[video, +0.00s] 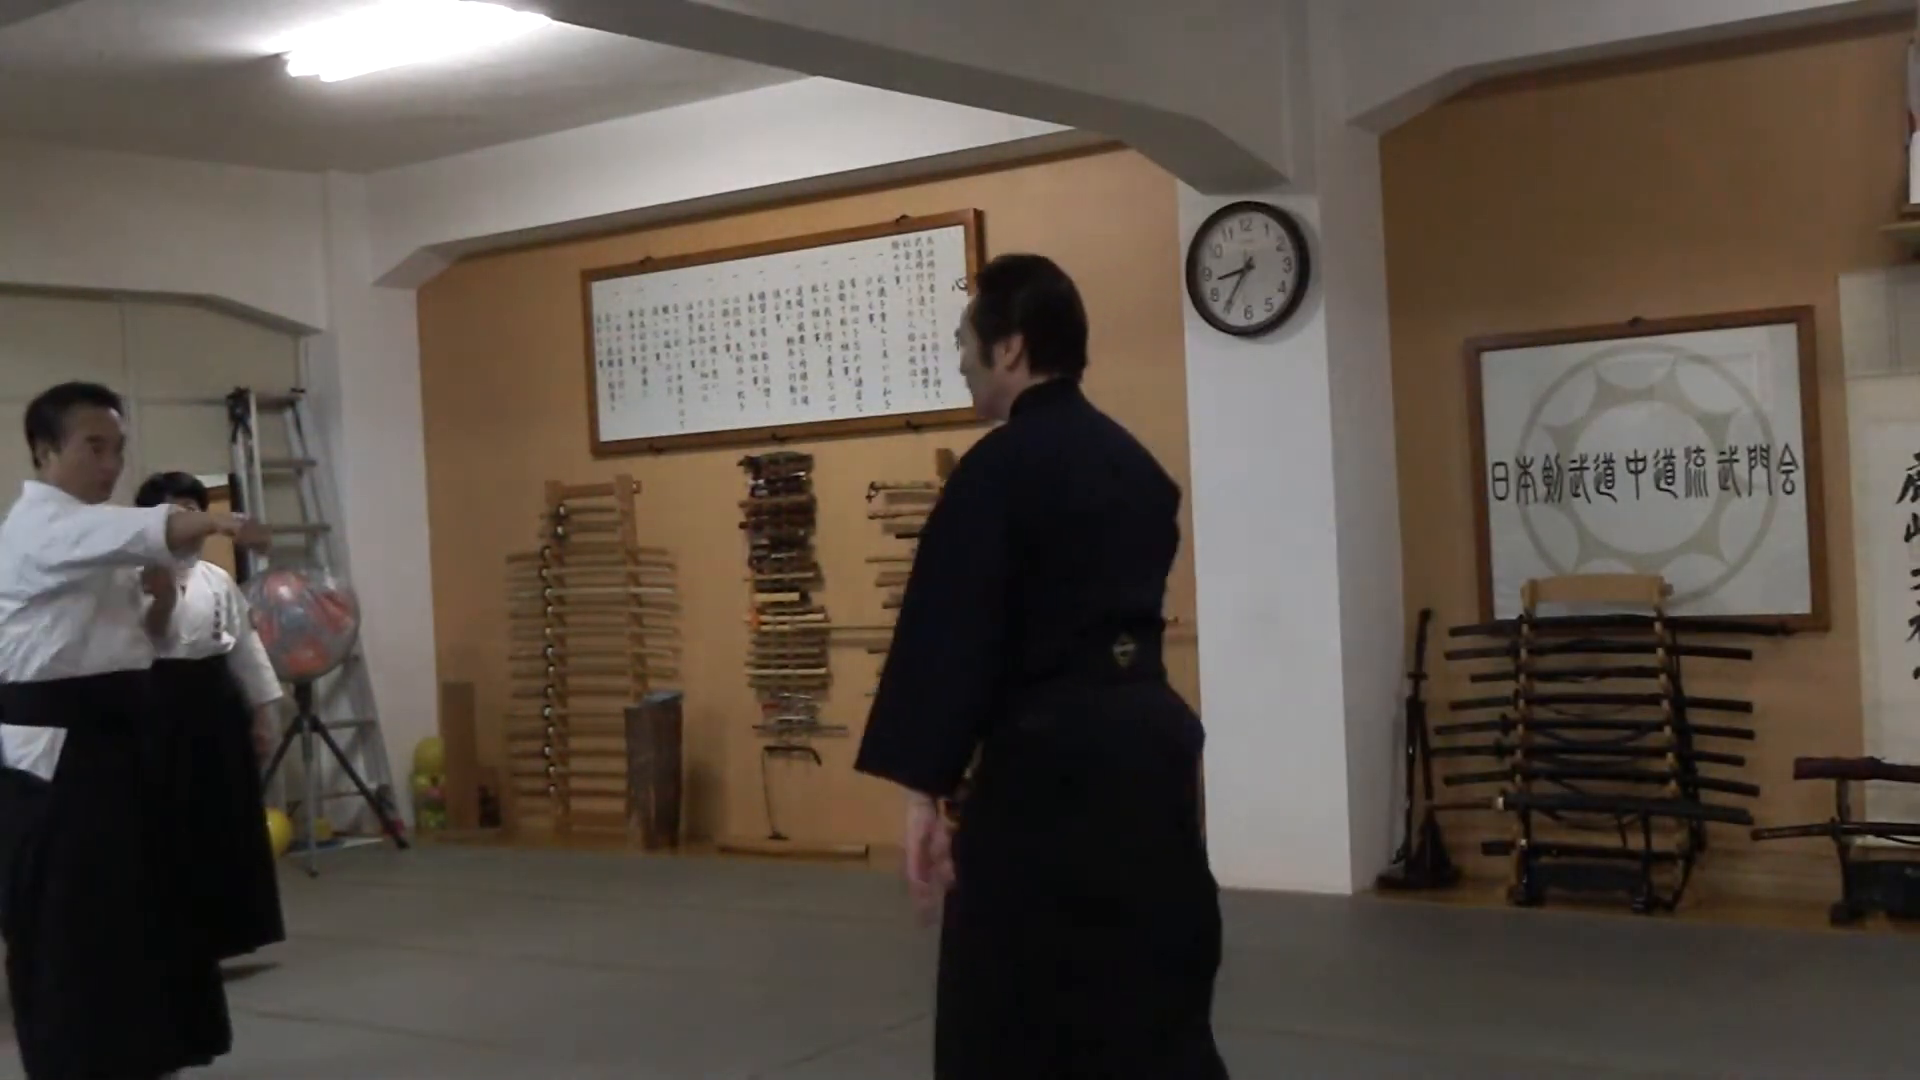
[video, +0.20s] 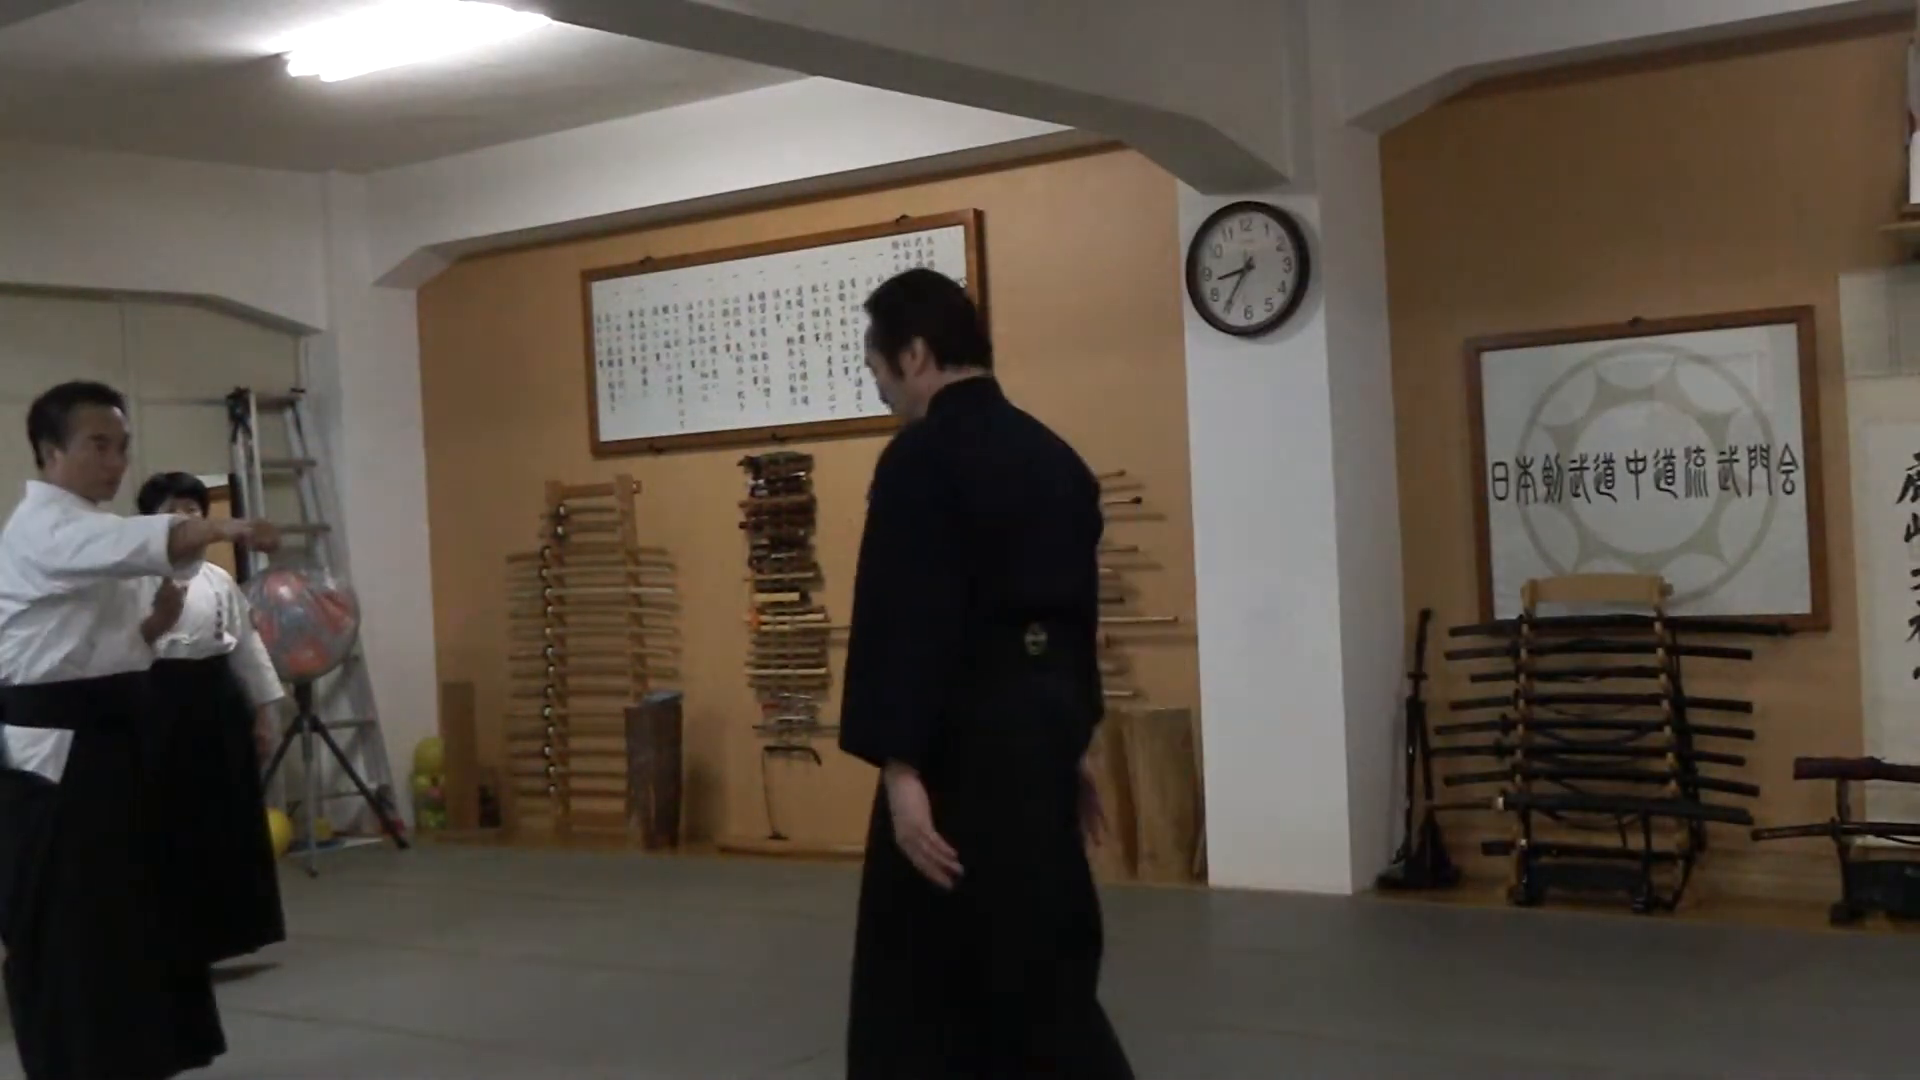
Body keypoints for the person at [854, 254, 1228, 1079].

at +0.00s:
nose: (961, 361)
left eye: (968, 341)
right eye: (962, 342)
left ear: (1013, 351)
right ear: (1059, 351)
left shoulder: (996, 469)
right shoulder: (1135, 465)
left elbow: (952, 633)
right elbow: (1113, 641)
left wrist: (926, 791)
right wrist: (968, 786)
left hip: (1034, 774)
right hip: (1148, 763)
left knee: (1012, 1001)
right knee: (1149, 995)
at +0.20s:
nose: (881, 387)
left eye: (881, 366)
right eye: (877, 370)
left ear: (917, 354)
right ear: (968, 348)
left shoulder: (919, 458)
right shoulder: (1058, 459)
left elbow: (900, 622)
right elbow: (1074, 626)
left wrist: (900, 772)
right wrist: (1078, 752)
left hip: (951, 756)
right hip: (1044, 752)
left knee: (921, 981)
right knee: (1048, 979)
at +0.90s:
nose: (737, 379)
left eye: (742, 361)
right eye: (736, 362)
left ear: (781, 363)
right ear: (823, 364)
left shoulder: (782, 467)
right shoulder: (886, 460)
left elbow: (738, 613)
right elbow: (877, 609)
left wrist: (708, 756)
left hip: (819, 730)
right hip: (896, 714)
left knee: (783, 931)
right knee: (883, 922)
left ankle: (807, 1069)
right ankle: (894, 1066)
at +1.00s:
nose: (723, 377)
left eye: (729, 360)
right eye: (724, 360)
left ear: (766, 363)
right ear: (807, 364)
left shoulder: (769, 462)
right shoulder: (871, 459)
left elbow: (742, 614)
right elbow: (875, 610)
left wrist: (738, 761)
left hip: (800, 737)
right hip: (879, 727)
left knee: (770, 942)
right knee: (867, 932)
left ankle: (783, 1068)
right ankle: (867, 1067)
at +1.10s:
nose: (710, 375)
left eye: (716, 357)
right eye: (711, 358)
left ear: (754, 361)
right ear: (790, 363)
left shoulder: (754, 461)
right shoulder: (860, 458)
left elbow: (727, 608)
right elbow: (861, 607)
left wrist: (721, 746)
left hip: (788, 726)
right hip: (867, 715)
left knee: (770, 929)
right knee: (860, 915)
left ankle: (766, 1065)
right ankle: (861, 1065)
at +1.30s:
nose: (693, 376)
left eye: (698, 358)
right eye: (693, 358)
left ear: (730, 361)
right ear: (785, 360)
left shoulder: (727, 465)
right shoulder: (844, 466)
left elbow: (688, 612)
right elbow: (841, 620)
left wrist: (673, 753)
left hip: (744, 752)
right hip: (833, 743)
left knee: (730, 958)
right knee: (831, 950)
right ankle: (838, 1069)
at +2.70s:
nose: (756, 409)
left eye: (756, 387)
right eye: (751, 390)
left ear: (792, 373)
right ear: (826, 370)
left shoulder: (814, 475)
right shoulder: (899, 464)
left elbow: (790, 629)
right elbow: (903, 625)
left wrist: (780, 770)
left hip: (843, 756)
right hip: (915, 739)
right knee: (931, 952)